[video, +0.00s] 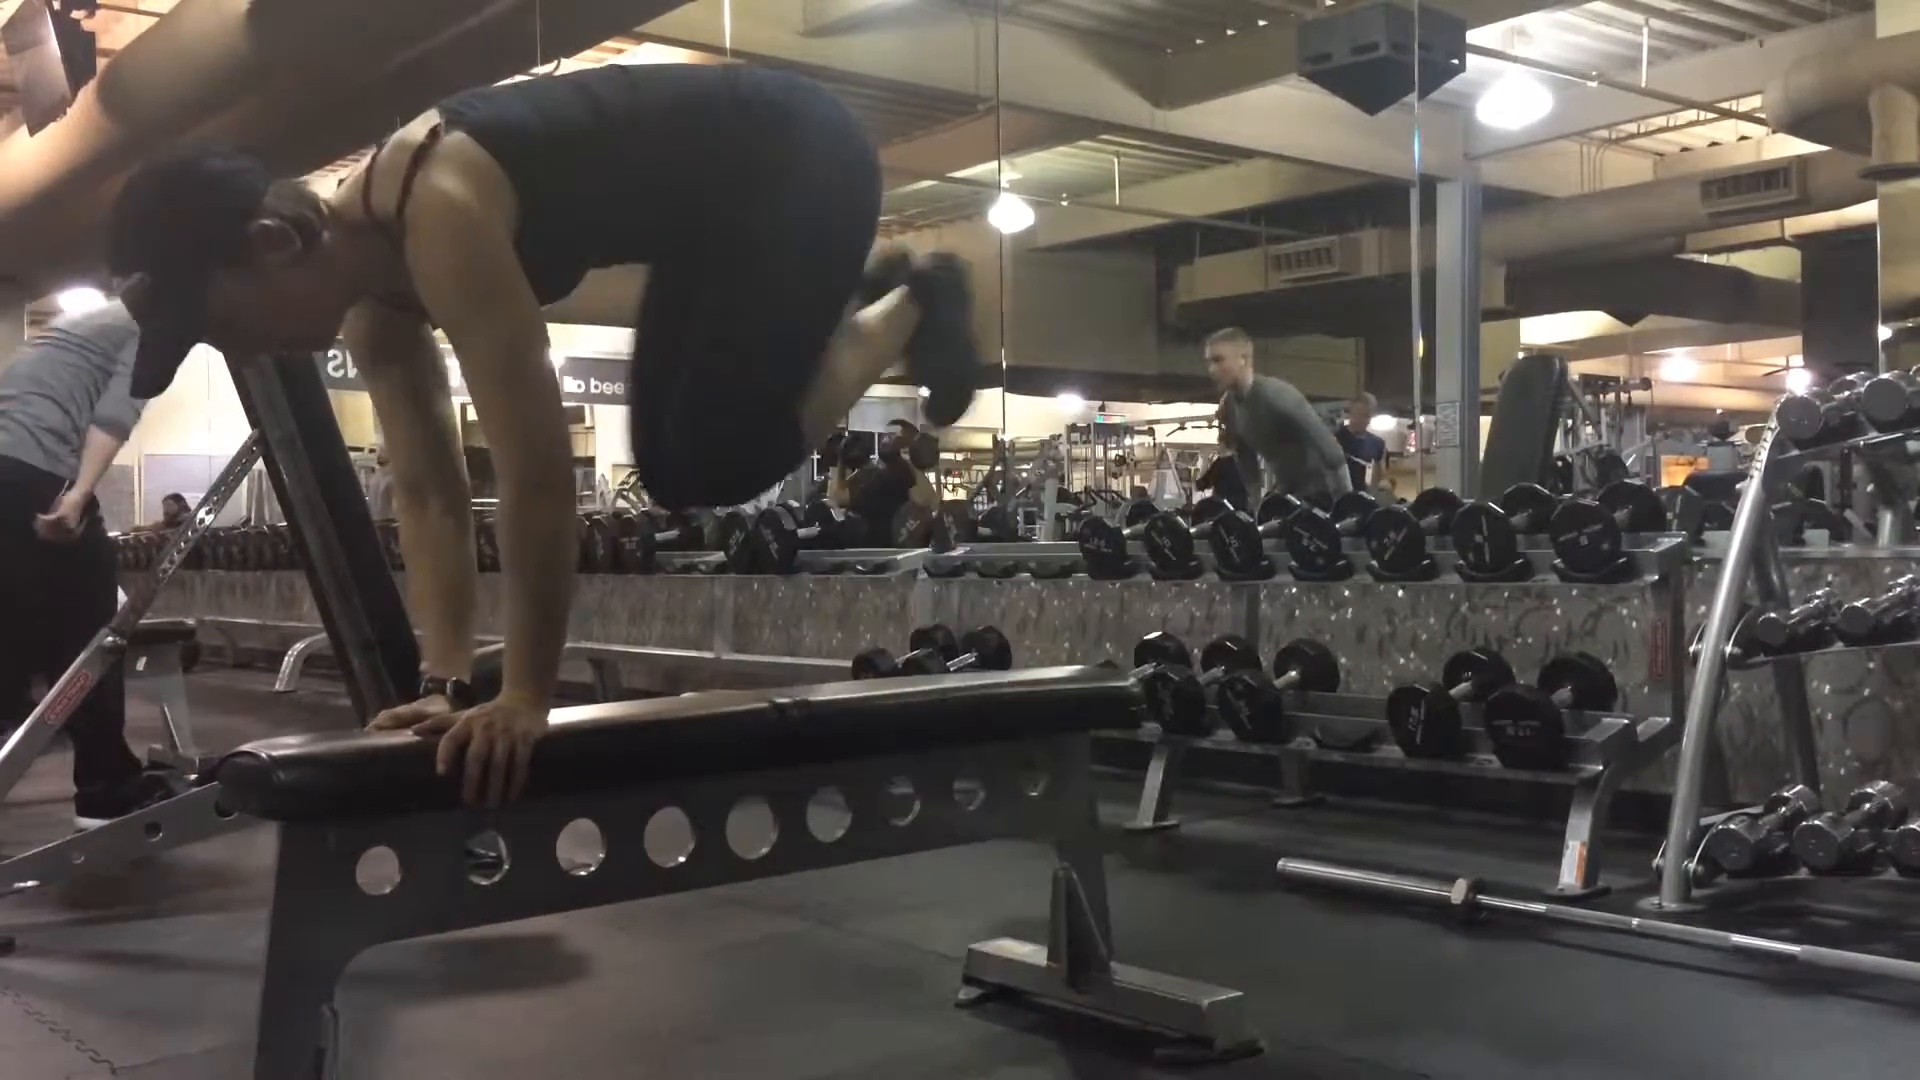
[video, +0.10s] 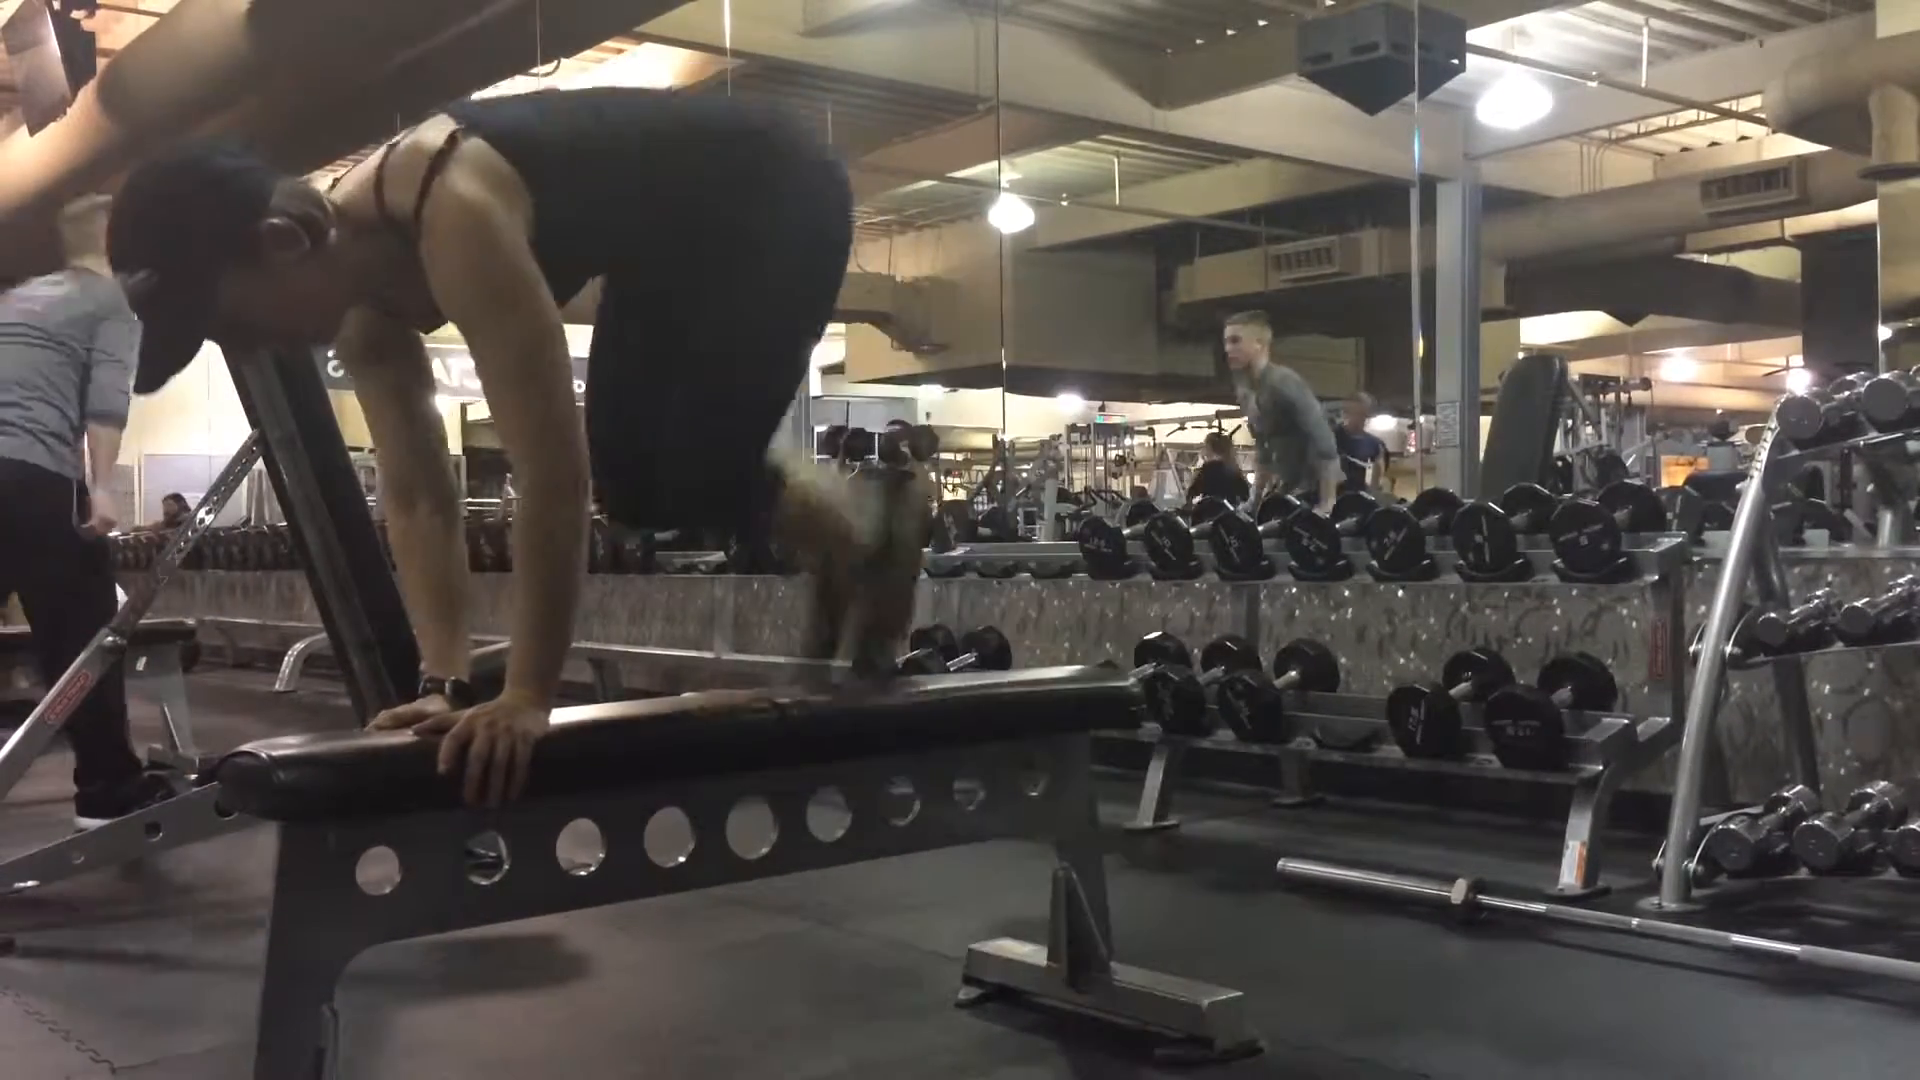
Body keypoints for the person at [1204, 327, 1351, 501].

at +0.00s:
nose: (1211, 370)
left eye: (1217, 360)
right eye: (1209, 363)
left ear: (1243, 359)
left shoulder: (1277, 395)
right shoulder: (1231, 408)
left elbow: (1332, 452)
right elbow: (1249, 470)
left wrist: (1347, 508)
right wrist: (1255, 515)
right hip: (1286, 488)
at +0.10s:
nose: (1227, 349)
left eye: (1235, 341)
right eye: (1226, 342)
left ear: (1260, 344)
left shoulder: (1284, 382)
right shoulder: (1247, 389)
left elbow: (1324, 441)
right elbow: (1264, 451)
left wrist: (1327, 502)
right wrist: (1254, 501)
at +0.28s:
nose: (1251, 344)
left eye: (1259, 336)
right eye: (1250, 337)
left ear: (1283, 342)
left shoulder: (1296, 382)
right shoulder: (1282, 382)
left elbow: (1313, 448)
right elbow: (1295, 445)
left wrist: (1302, 494)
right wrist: (1277, 474)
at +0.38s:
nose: (1264, 344)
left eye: (1272, 337)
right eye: (1264, 337)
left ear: (1293, 342)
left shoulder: (1295, 380)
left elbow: (1307, 446)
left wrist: (1295, 491)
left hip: (1329, 487)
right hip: (1349, 481)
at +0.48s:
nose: (1279, 343)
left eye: (1282, 336)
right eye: (1280, 336)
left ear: (1294, 339)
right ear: (1319, 338)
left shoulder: (1299, 379)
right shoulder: (1343, 374)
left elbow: (1304, 440)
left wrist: (1288, 488)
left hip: (1327, 488)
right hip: (1355, 481)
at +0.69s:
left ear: (1309, 334)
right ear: (1342, 333)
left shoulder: (1303, 378)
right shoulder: (1370, 373)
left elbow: (1297, 437)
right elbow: (1400, 420)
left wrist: (1286, 481)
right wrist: (1379, 450)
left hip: (1323, 484)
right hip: (1366, 481)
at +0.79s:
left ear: (1315, 338)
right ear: (1348, 337)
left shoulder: (1304, 381)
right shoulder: (1374, 376)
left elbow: (1295, 438)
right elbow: (1404, 423)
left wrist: (1286, 482)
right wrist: (1384, 457)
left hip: (1323, 487)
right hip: (1366, 484)